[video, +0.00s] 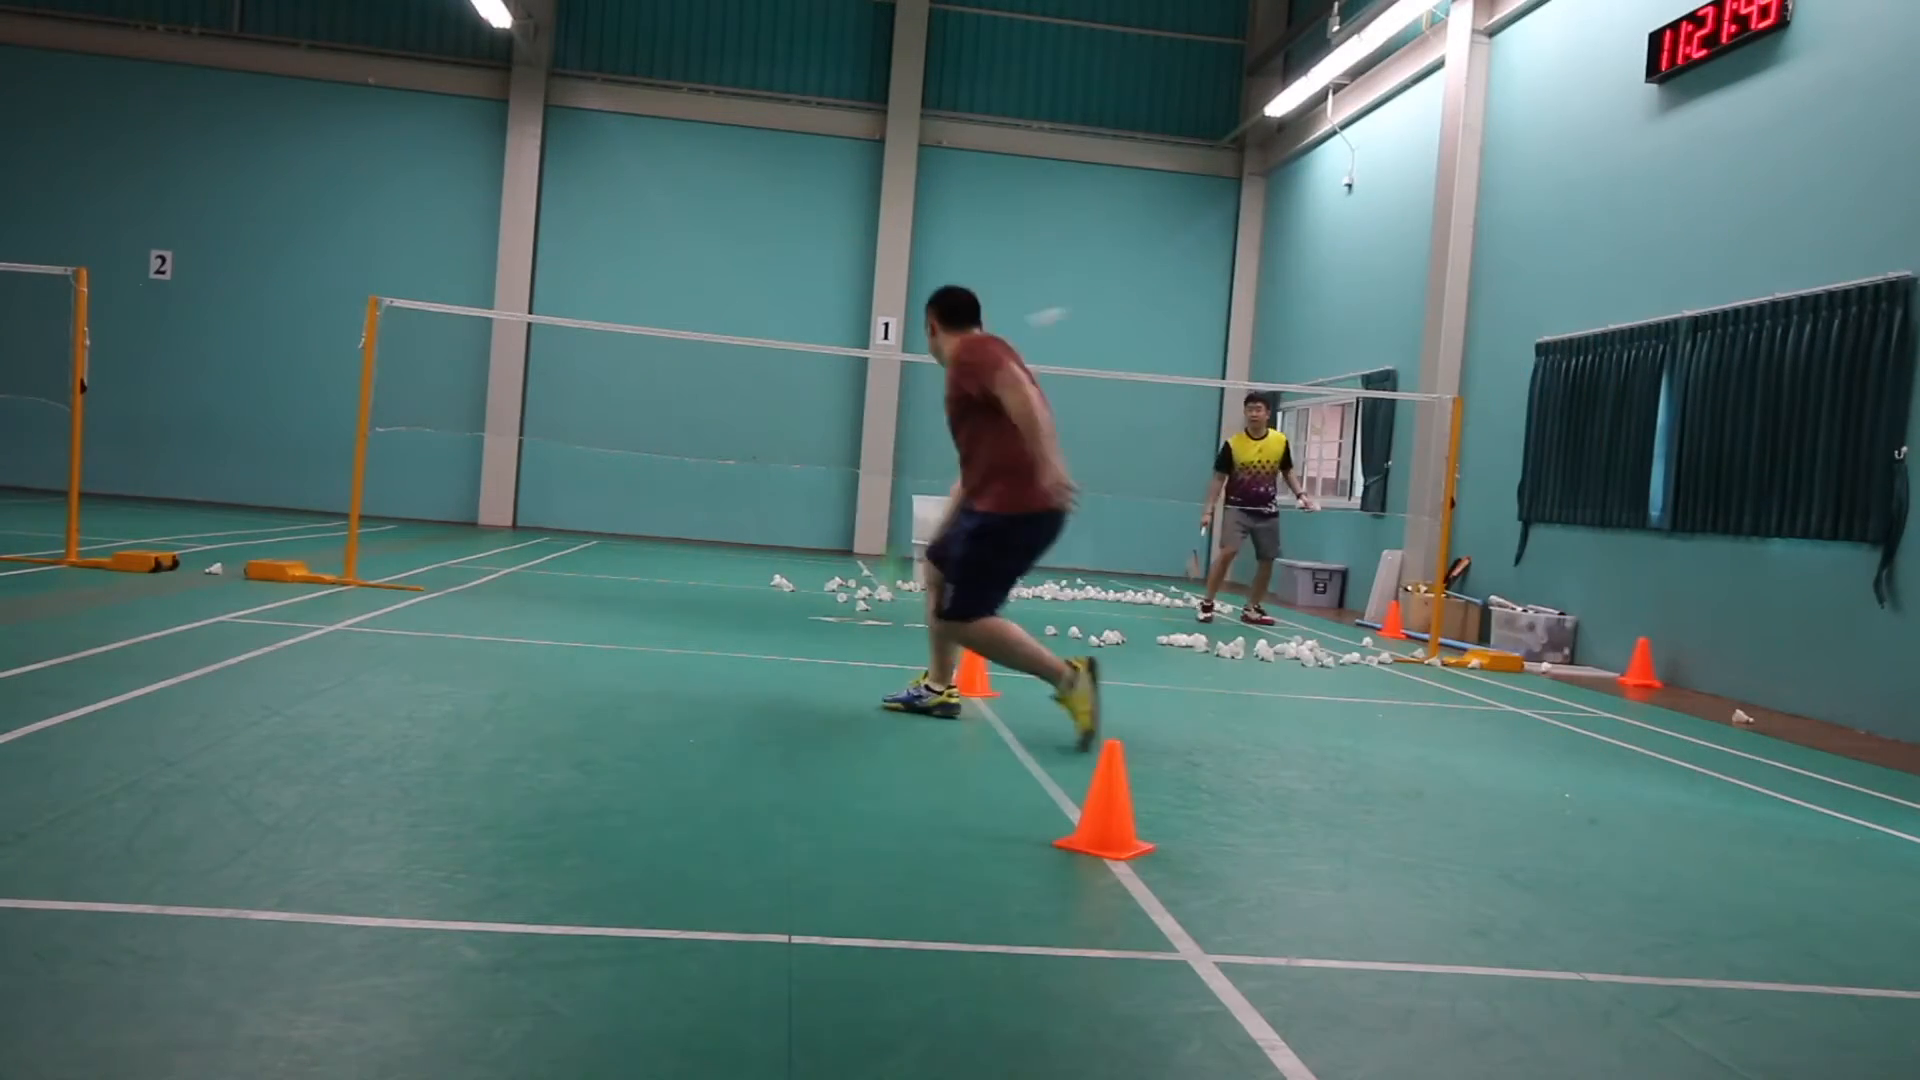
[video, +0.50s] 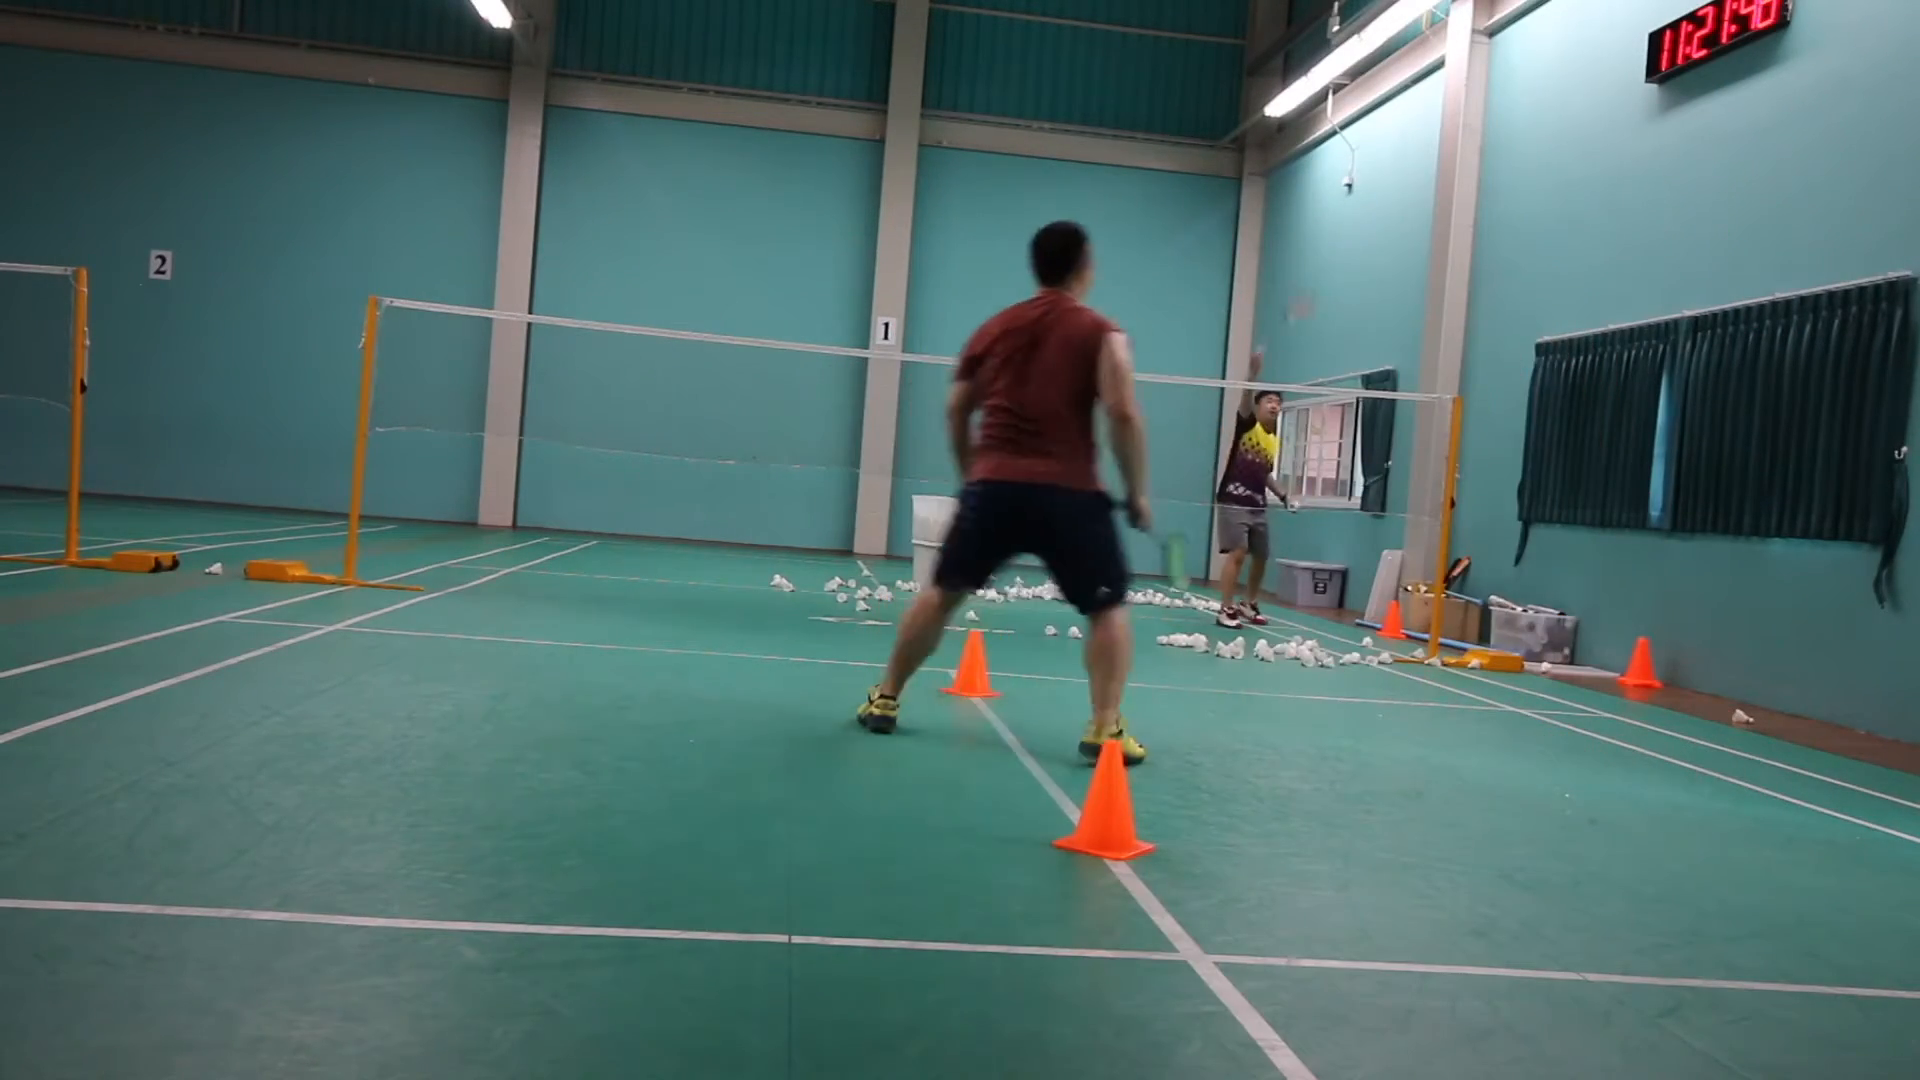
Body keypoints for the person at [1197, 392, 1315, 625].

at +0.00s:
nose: (1254, 414)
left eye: (1259, 409)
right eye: (1250, 409)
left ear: (1268, 414)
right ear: (1245, 413)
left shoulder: (1280, 442)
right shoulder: (1232, 445)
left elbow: (1288, 471)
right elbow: (1218, 479)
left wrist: (1300, 494)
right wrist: (1209, 511)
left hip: (1267, 512)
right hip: (1237, 510)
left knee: (1267, 560)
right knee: (1228, 551)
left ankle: (1252, 607)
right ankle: (1208, 601)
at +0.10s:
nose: (1258, 413)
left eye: (1263, 409)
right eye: (1254, 409)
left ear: (1272, 414)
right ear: (1248, 413)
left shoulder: (1283, 443)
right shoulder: (1235, 445)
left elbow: (1290, 473)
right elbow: (1222, 478)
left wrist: (1301, 497)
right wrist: (1217, 509)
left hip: (1268, 511)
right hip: (1238, 509)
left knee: (1266, 559)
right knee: (1235, 550)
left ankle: (1253, 607)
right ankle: (1222, 603)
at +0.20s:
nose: (1261, 415)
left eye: (1266, 411)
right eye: (1257, 411)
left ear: (1273, 416)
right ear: (1250, 416)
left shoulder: (1282, 445)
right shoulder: (1235, 446)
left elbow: (1289, 476)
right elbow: (1221, 479)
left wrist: (1301, 501)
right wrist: (1223, 512)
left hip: (1266, 513)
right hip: (1239, 511)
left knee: (1265, 561)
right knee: (1236, 557)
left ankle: (1253, 607)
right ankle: (1226, 608)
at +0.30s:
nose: (1268, 414)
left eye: (1272, 410)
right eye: (1263, 409)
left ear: (1277, 415)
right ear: (1255, 413)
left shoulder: (1280, 445)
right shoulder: (1240, 441)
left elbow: (1281, 476)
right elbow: (1223, 468)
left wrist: (1299, 501)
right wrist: (1237, 495)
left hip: (1259, 508)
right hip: (1234, 505)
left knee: (1261, 558)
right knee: (1235, 554)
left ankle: (1253, 607)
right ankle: (1226, 608)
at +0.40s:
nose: (1273, 411)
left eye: (1277, 407)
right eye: (1269, 406)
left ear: (1280, 413)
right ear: (1258, 409)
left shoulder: (1276, 441)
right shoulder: (1244, 429)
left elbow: (1274, 475)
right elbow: (1233, 434)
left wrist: (1292, 499)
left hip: (1257, 504)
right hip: (1232, 501)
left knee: (1261, 556)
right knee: (1235, 552)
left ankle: (1253, 605)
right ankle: (1227, 608)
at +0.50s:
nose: (1274, 406)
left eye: (1278, 403)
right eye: (1269, 402)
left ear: (1279, 410)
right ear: (1257, 405)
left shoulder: (1273, 440)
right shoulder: (1246, 426)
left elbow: (1265, 474)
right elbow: (1245, 404)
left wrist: (1283, 495)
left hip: (1257, 502)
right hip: (1233, 499)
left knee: (1260, 554)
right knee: (1238, 552)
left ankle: (1250, 603)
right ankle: (1226, 606)